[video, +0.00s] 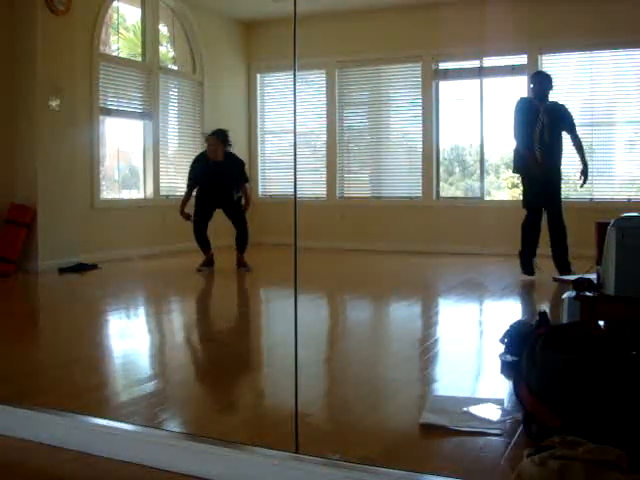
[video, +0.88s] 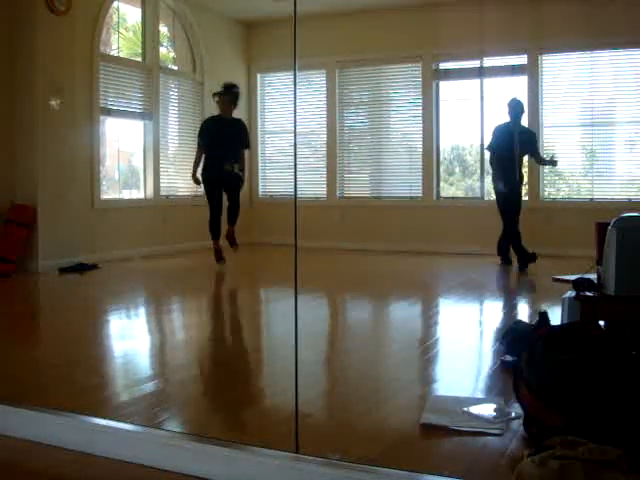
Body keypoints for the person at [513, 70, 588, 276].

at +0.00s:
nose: (541, 89)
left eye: (544, 85)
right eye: (537, 84)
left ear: (550, 87)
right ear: (531, 86)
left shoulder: (559, 110)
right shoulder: (523, 105)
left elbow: (574, 137)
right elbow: (519, 137)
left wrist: (584, 164)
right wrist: (527, 160)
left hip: (552, 171)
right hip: (530, 170)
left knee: (555, 218)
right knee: (533, 215)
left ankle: (563, 265)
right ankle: (527, 261)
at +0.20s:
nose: (539, 93)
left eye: (543, 88)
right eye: (536, 88)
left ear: (547, 90)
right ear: (529, 89)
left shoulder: (552, 111)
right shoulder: (520, 112)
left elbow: (567, 125)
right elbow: (513, 135)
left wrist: (580, 136)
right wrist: (519, 150)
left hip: (551, 173)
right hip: (528, 174)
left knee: (556, 220)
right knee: (531, 218)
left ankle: (564, 264)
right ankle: (522, 250)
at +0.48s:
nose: (520, 102)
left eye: (523, 98)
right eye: (518, 98)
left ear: (531, 99)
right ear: (516, 99)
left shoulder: (544, 119)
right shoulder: (510, 115)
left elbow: (574, 116)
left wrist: (601, 116)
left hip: (535, 176)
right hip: (514, 176)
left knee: (545, 218)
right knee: (520, 220)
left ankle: (553, 260)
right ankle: (525, 262)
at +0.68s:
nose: (516, 98)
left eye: (520, 95)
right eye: (514, 95)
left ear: (526, 97)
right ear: (511, 97)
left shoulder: (535, 114)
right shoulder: (504, 114)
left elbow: (562, 115)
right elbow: (500, 138)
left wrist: (589, 116)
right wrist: (517, 154)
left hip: (528, 172)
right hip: (509, 172)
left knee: (530, 215)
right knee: (516, 216)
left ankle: (527, 260)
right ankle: (523, 262)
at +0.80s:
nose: (516, 106)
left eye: (518, 102)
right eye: (514, 102)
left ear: (521, 103)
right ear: (512, 103)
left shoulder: (531, 124)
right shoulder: (501, 124)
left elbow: (558, 136)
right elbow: (491, 147)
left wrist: (575, 127)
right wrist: (502, 155)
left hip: (525, 172)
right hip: (507, 172)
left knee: (521, 214)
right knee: (515, 215)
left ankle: (510, 250)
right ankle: (526, 261)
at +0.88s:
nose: (515, 114)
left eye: (518, 111)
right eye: (513, 110)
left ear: (523, 112)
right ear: (508, 111)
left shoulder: (528, 134)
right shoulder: (499, 131)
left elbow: (536, 157)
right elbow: (493, 158)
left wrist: (547, 162)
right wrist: (497, 178)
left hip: (516, 179)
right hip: (500, 179)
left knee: (512, 217)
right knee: (508, 218)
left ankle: (503, 251)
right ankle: (522, 255)